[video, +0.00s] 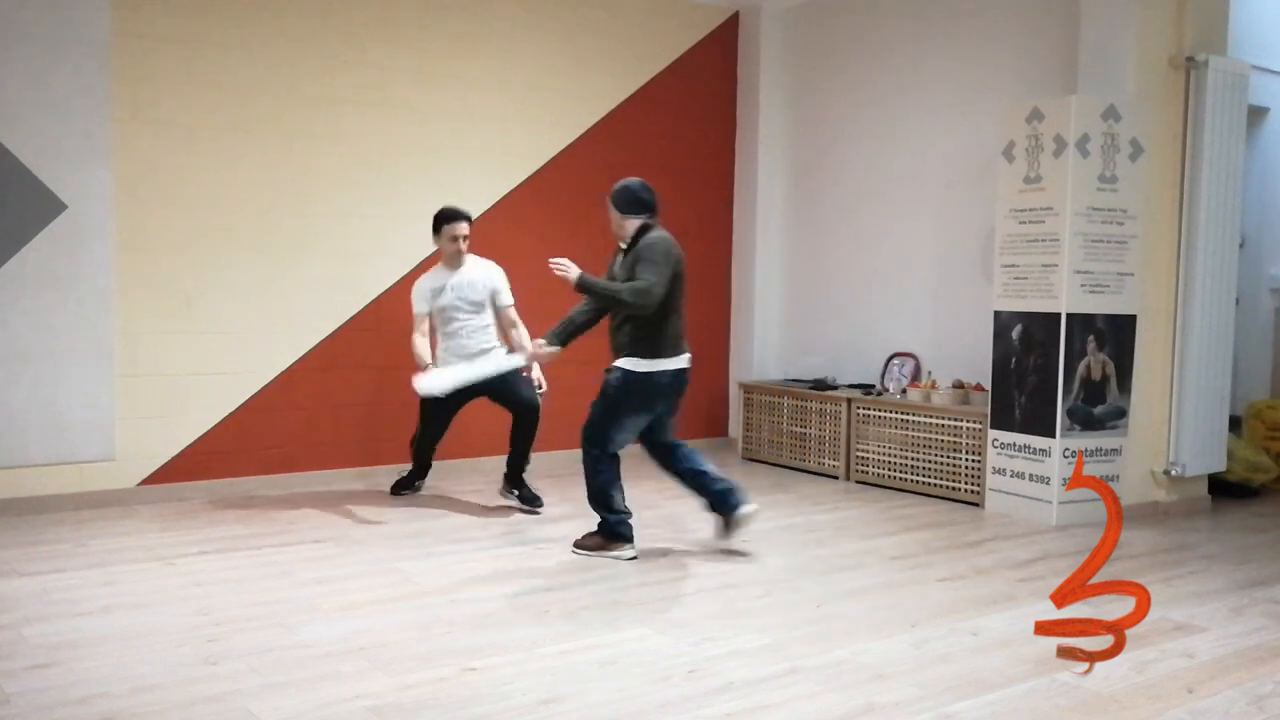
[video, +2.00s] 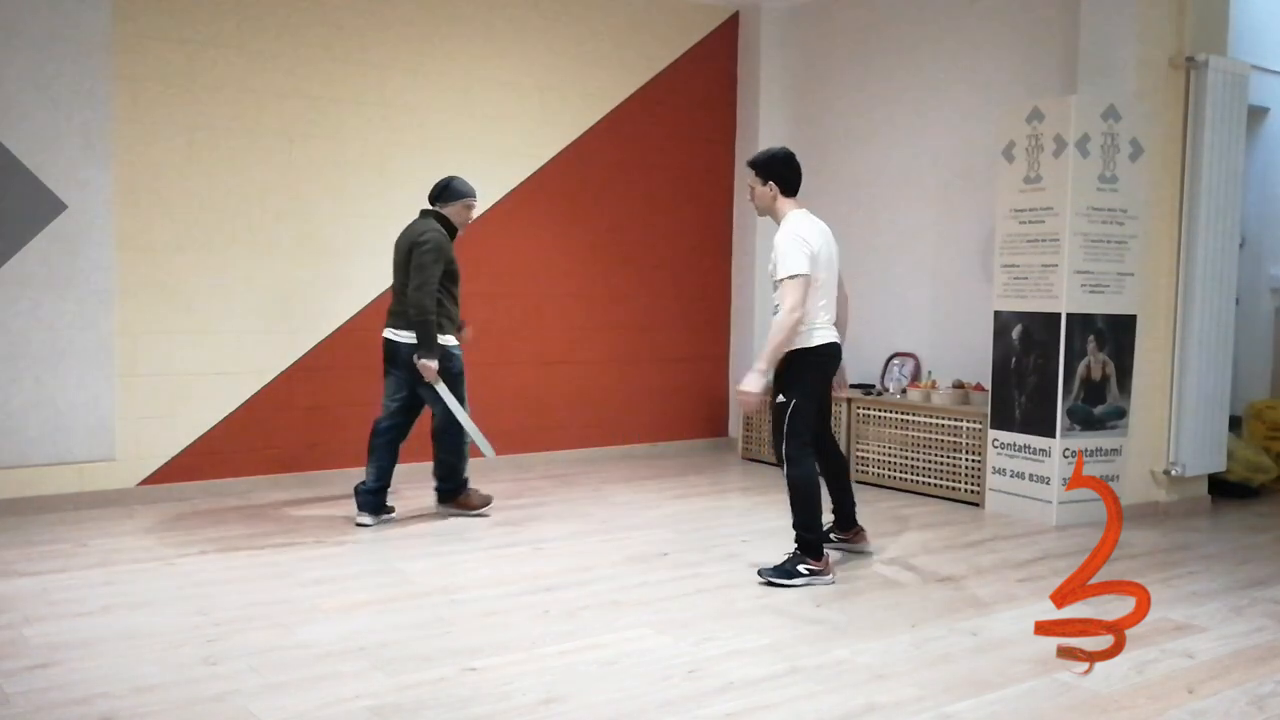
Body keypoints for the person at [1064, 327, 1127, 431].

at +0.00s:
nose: (1087, 346)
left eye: (1090, 342)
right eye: (1088, 342)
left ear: (1098, 344)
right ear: (1087, 345)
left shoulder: (1108, 364)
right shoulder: (1083, 365)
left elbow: (1114, 390)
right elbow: (1076, 391)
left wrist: (1108, 406)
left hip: (1103, 406)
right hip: (1086, 406)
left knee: (1121, 411)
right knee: (1071, 410)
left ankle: (1086, 424)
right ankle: (1101, 425)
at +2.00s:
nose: (1087, 346)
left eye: (1090, 342)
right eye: (1088, 342)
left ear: (1098, 344)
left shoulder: (1108, 364)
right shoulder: (1084, 364)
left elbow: (1114, 390)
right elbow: (1076, 390)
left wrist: (1106, 407)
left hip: (1103, 406)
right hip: (1086, 406)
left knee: (1121, 411)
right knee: (1071, 410)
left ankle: (1085, 425)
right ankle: (1101, 425)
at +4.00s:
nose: (1087, 345)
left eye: (1091, 342)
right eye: (1088, 342)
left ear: (1098, 344)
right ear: (1088, 345)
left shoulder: (1108, 364)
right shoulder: (1083, 365)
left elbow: (1113, 390)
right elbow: (1076, 391)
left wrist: (1106, 406)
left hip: (1103, 406)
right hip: (1086, 405)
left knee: (1121, 411)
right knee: (1071, 410)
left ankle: (1086, 425)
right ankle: (1102, 425)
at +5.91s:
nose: (1088, 345)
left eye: (1091, 342)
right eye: (1088, 342)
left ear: (1098, 344)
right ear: (1087, 344)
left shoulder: (1108, 364)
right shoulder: (1084, 364)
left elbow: (1114, 390)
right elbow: (1076, 390)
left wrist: (1108, 406)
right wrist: (1070, 409)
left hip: (1102, 406)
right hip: (1085, 406)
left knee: (1121, 411)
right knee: (1071, 410)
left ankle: (1086, 425)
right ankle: (1100, 425)